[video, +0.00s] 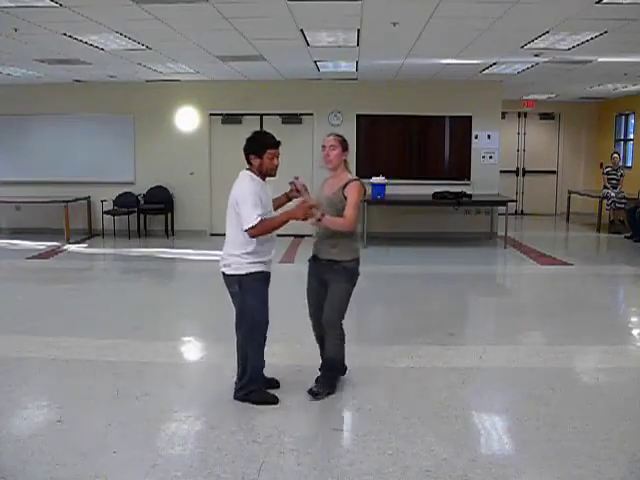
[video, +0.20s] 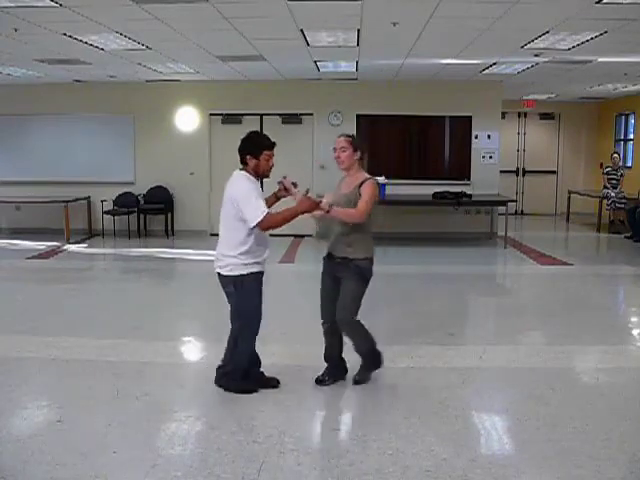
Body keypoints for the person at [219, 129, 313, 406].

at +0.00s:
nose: (277, 162)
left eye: (277, 156)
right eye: (272, 157)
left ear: (260, 160)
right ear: (255, 159)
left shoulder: (256, 182)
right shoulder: (247, 186)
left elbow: (265, 210)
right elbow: (254, 228)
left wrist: (289, 196)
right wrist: (292, 215)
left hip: (254, 268)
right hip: (245, 270)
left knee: (255, 326)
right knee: (252, 328)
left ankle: (254, 376)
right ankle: (247, 387)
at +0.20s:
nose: (272, 162)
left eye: (272, 157)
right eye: (268, 158)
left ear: (253, 159)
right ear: (251, 159)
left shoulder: (248, 181)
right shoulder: (243, 185)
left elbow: (256, 212)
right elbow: (265, 223)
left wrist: (278, 194)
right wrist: (299, 209)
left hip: (246, 266)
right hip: (239, 269)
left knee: (247, 323)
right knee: (246, 325)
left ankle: (249, 372)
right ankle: (230, 376)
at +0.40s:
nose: (267, 164)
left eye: (267, 159)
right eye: (263, 159)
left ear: (248, 160)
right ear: (246, 161)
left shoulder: (243, 183)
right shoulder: (238, 186)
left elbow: (259, 219)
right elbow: (262, 222)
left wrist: (292, 216)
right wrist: (302, 212)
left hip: (242, 266)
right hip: (231, 268)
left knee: (250, 319)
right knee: (235, 322)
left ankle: (250, 370)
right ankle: (227, 378)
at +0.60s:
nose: (267, 165)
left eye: (267, 160)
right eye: (263, 161)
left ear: (250, 162)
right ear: (247, 162)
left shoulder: (249, 185)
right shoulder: (237, 186)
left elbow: (272, 216)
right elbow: (257, 224)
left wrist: (303, 218)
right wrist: (294, 222)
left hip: (244, 263)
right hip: (230, 265)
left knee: (251, 310)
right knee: (236, 318)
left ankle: (241, 355)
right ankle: (226, 377)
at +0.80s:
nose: (279, 165)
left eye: (279, 160)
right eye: (275, 161)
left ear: (261, 162)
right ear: (259, 163)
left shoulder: (261, 185)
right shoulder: (251, 187)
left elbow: (284, 212)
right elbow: (257, 228)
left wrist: (315, 214)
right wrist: (294, 231)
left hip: (246, 261)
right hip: (245, 263)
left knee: (241, 312)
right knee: (261, 312)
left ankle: (234, 356)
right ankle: (236, 367)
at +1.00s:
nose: (304, 166)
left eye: (304, 161)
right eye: (300, 161)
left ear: (285, 165)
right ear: (285, 164)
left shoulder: (276, 183)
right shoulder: (279, 188)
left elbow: (287, 215)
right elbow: (274, 224)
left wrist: (314, 212)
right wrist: (303, 235)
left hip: (267, 259)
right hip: (275, 261)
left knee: (259, 303)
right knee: (299, 306)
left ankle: (236, 347)